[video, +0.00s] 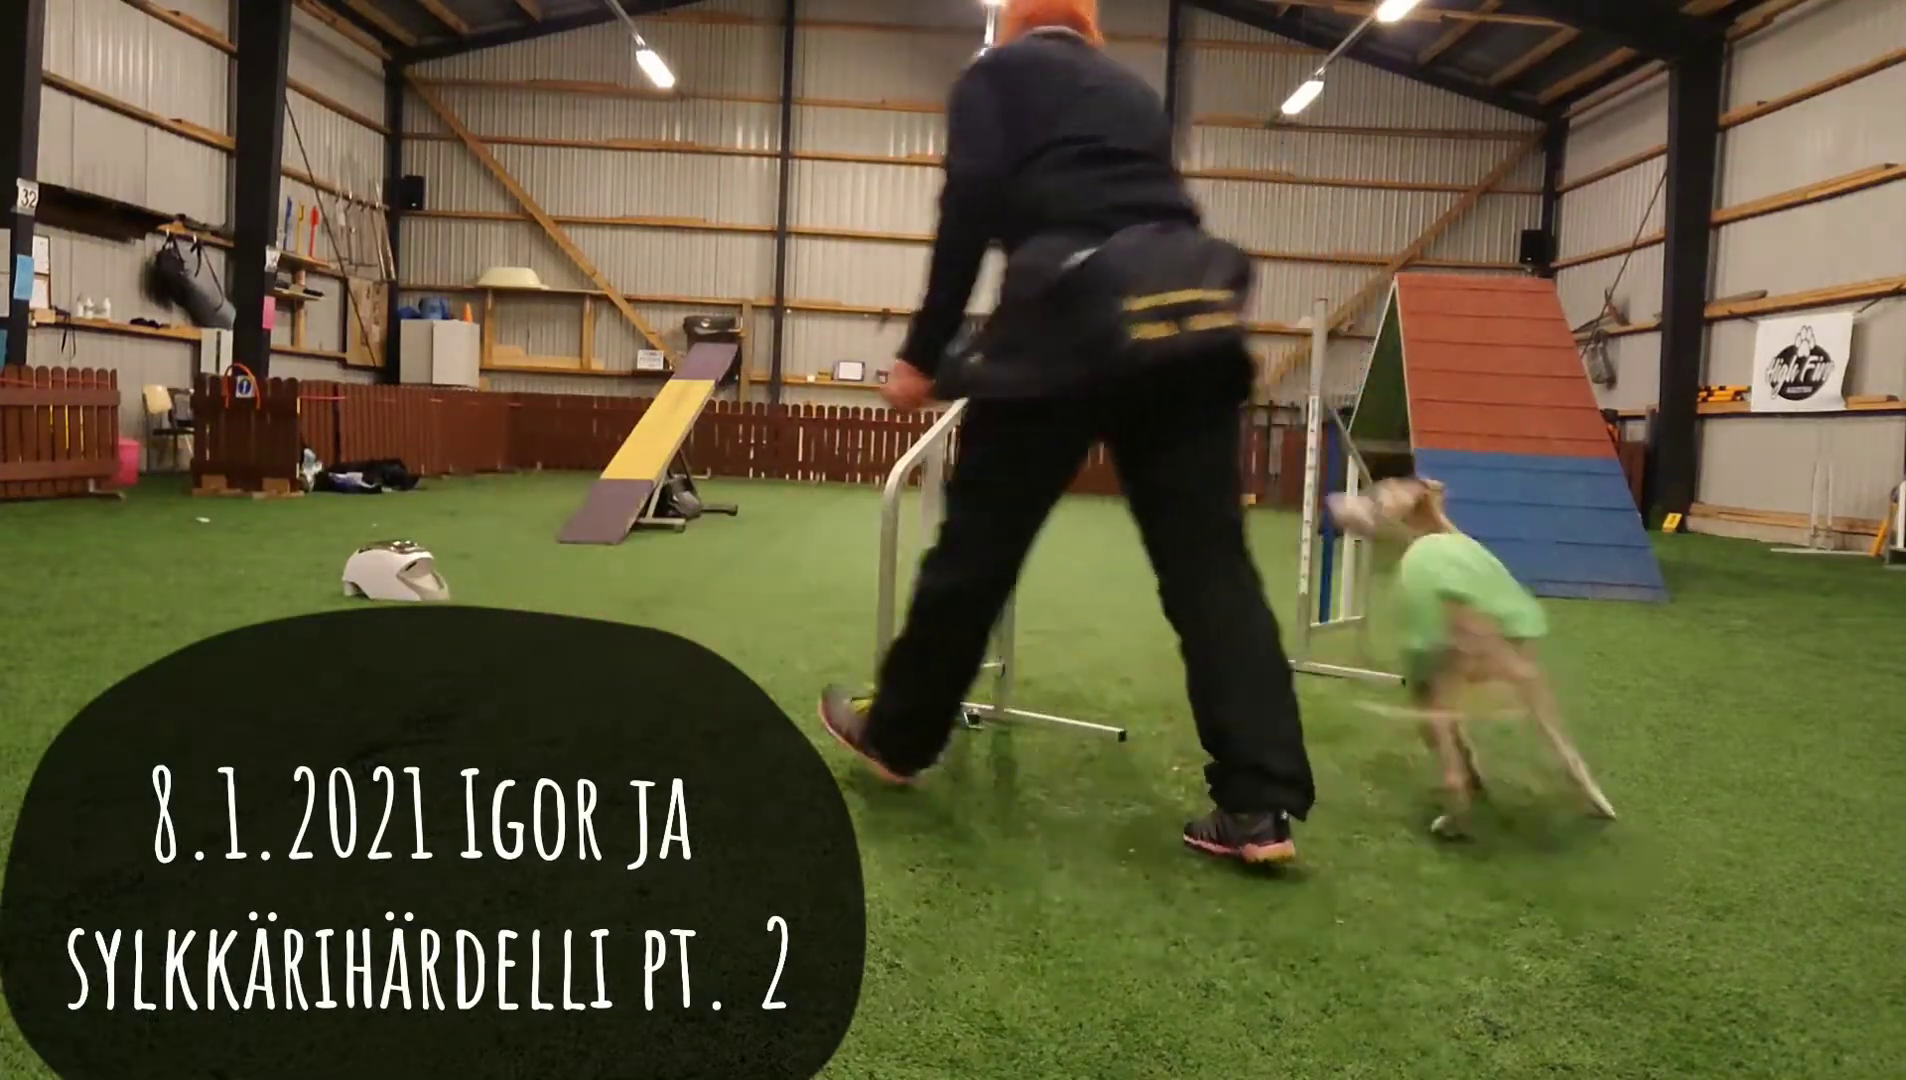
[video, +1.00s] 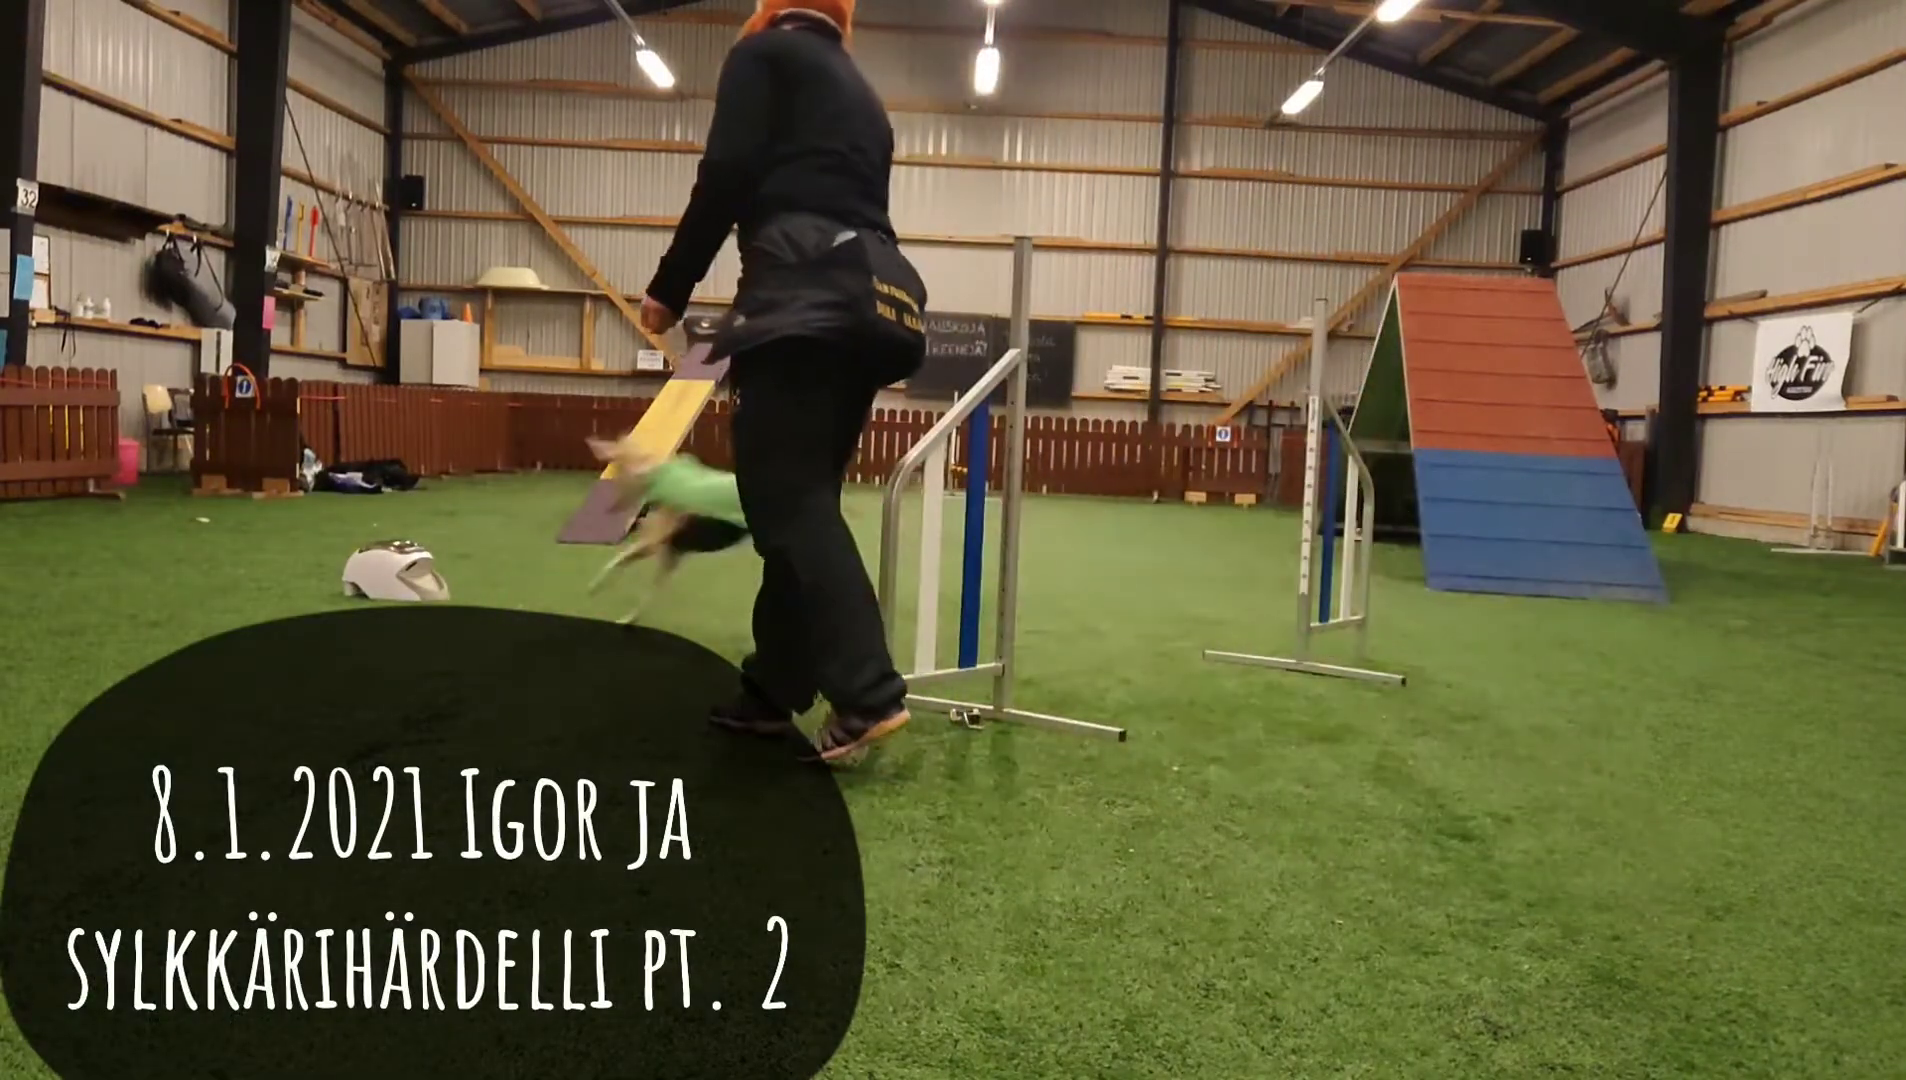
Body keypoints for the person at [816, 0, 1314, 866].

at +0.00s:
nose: (994, 32)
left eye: (997, 25)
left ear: (1013, 27)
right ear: (1090, 33)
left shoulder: (990, 76)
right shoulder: (1132, 88)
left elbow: (971, 202)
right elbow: (1155, 218)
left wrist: (923, 354)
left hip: (1061, 337)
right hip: (1188, 336)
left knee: (976, 549)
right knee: (1209, 568)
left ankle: (898, 737)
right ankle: (1261, 808)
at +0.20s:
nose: (908, 34)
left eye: (911, 25)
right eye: (1019, 34)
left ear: (926, 27)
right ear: (1005, 36)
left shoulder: (897, 77)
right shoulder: (1040, 94)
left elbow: (856, 211)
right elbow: (1045, 217)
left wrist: (806, 352)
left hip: (938, 324)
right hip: (1063, 326)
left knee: (885, 533)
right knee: (1075, 540)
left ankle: (873, 745)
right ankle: (1183, 709)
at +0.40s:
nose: (859, 30)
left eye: (861, 22)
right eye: (958, 32)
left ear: (872, 24)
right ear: (946, 37)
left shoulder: (843, 68)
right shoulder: (986, 105)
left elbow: (789, 199)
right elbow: (984, 230)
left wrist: (740, 337)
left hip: (877, 322)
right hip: (989, 329)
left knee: (852, 533)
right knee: (910, 506)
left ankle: (872, 745)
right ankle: (991, 678)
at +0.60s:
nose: (814, 32)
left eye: (818, 23)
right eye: (910, 33)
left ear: (829, 23)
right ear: (903, 37)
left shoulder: (802, 66)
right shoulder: (939, 102)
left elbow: (760, 199)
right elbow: (938, 233)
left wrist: (713, 326)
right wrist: (924, 380)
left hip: (831, 313)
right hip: (931, 324)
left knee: (828, 519)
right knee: (835, 507)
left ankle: (875, 737)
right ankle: (796, 677)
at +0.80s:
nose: (777, 28)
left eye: (779, 20)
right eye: (782, 23)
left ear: (795, 19)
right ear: (865, 36)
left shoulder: (776, 61)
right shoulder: (893, 108)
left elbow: (733, 181)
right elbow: (882, 232)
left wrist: (674, 301)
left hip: (800, 313)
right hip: (888, 323)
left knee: (792, 511)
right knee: (809, 510)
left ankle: (869, 718)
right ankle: (770, 692)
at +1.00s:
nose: (751, 31)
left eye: (754, 24)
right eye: (757, 27)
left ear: (769, 19)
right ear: (834, 29)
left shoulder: (762, 52)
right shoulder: (861, 95)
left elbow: (726, 174)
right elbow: (847, 219)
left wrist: (669, 288)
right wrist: (752, 315)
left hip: (801, 296)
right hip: (877, 307)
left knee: (787, 498)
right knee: (803, 499)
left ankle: (868, 693)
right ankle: (774, 693)